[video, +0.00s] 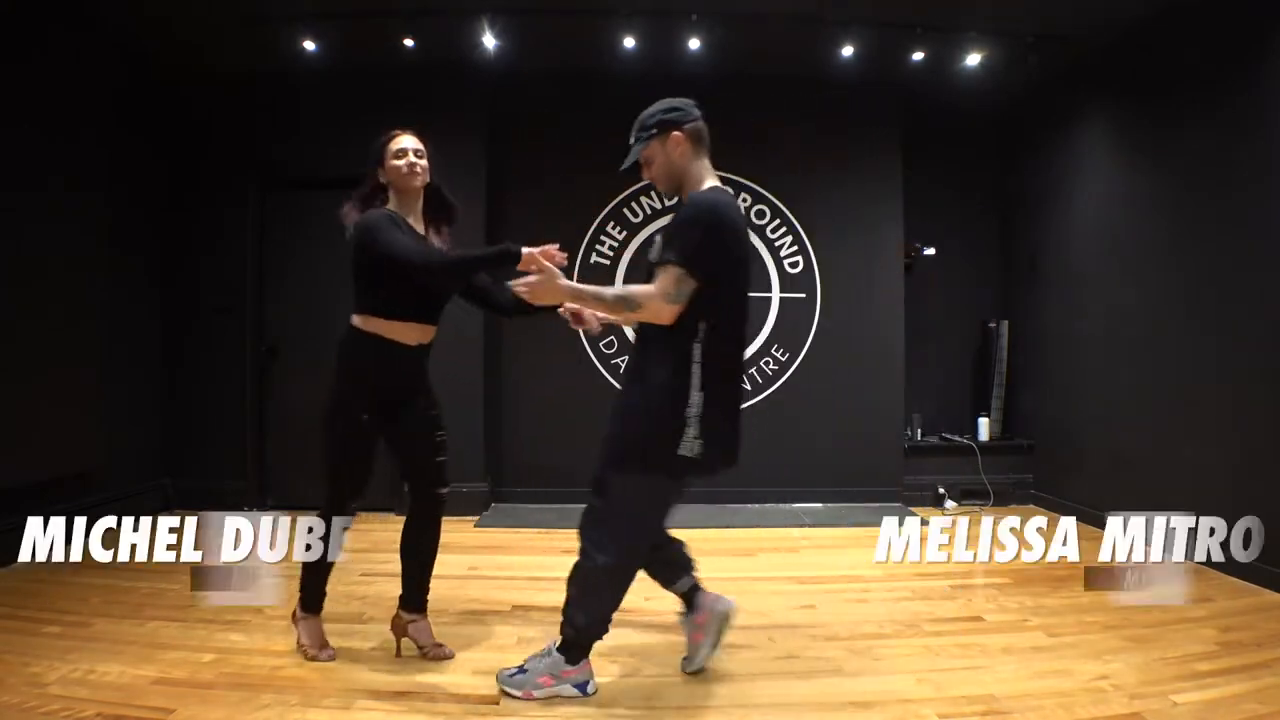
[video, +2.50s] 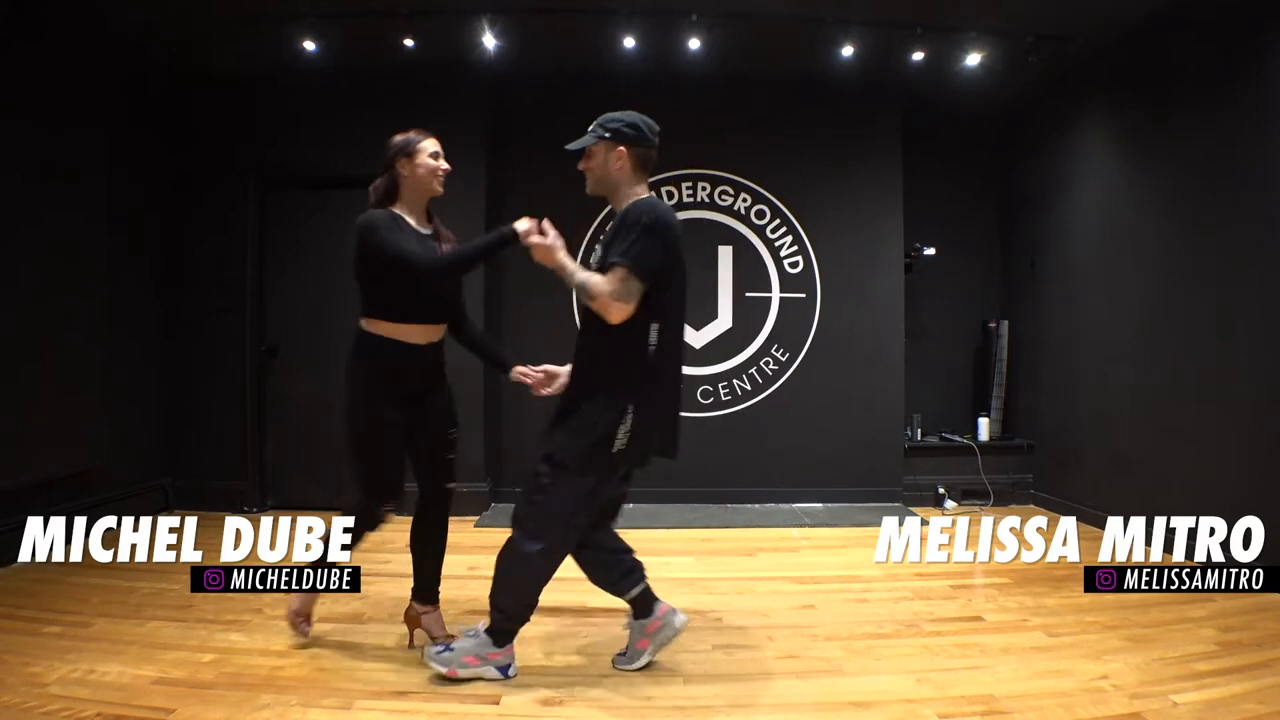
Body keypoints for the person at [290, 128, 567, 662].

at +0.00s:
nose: (412, 161)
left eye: (419, 155)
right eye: (400, 155)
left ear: (430, 172)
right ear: (381, 173)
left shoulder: (438, 242)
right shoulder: (372, 225)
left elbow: (497, 298)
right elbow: (433, 269)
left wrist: (558, 300)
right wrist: (517, 255)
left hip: (411, 372)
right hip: (362, 367)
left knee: (430, 492)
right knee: (343, 491)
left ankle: (412, 612)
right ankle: (309, 612)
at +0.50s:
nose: (448, 162)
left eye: (453, 155)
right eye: (435, 156)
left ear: (460, 169)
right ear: (413, 174)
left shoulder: (447, 233)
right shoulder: (418, 226)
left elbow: (491, 306)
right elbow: (454, 284)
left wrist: (531, 286)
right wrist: (530, 272)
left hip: (441, 368)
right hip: (414, 367)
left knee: (451, 486)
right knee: (446, 484)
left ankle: (418, 598)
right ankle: (394, 595)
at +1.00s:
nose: (532, 159)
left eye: (536, 152)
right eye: (518, 153)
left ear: (542, 166)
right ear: (494, 172)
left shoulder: (535, 229)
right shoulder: (510, 233)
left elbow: (572, 292)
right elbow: (572, 313)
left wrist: (630, 282)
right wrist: (645, 326)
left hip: (532, 374)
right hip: (502, 374)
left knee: (582, 488)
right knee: (519, 499)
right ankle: (529, 624)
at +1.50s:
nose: (591, 174)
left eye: (587, 166)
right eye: (580, 166)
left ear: (561, 177)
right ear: (549, 176)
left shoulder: (569, 241)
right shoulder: (546, 237)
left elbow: (602, 333)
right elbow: (614, 280)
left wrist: (668, 356)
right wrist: (690, 243)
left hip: (581, 386)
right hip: (553, 389)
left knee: (622, 504)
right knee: (619, 503)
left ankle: (619, 623)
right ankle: (546, 608)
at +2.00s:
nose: (529, 161)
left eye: (526, 152)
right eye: (518, 153)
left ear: (490, 168)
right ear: (486, 165)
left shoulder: (471, 228)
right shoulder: (506, 231)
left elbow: (536, 274)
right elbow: (533, 316)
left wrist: (593, 232)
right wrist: (605, 352)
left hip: (468, 364)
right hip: (499, 367)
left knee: (498, 490)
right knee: (515, 497)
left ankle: (439, 597)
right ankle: (518, 632)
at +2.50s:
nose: (445, 165)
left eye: (445, 158)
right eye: (433, 157)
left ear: (433, 172)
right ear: (401, 167)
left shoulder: (443, 238)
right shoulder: (375, 225)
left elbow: (459, 324)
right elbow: (432, 266)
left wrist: (509, 366)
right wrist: (512, 233)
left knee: (437, 489)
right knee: (378, 496)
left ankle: (424, 605)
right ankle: (309, 582)